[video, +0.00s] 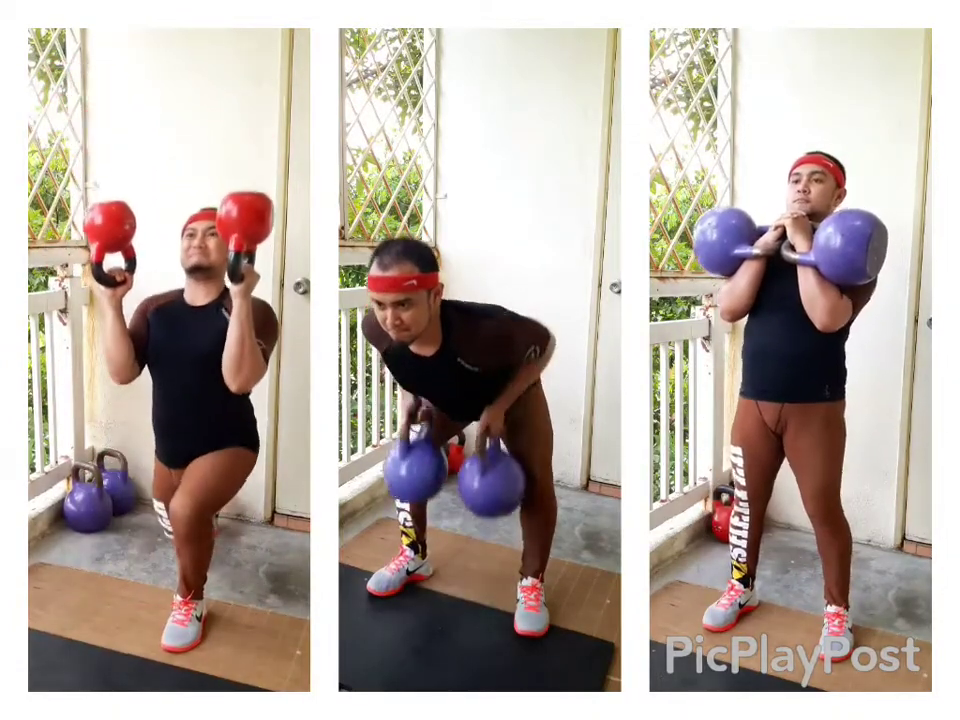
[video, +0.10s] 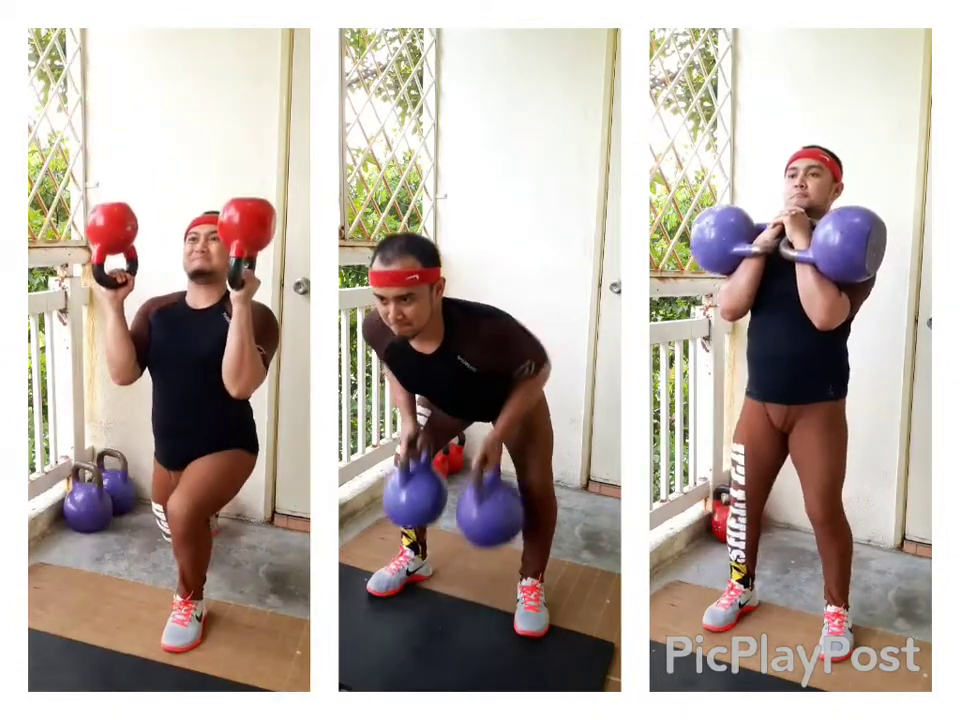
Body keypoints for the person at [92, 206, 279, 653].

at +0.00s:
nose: (199, 241)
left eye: (211, 235)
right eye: (191, 235)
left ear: (230, 250)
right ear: (179, 250)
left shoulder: (253, 311)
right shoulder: (155, 307)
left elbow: (239, 380)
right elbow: (122, 372)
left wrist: (241, 297)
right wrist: (111, 301)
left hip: (228, 441)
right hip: (170, 443)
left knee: (187, 512)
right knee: (175, 517)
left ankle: (188, 600)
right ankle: (196, 574)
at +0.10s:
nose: (201, 245)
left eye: (213, 239)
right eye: (193, 239)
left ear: (232, 255)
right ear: (182, 253)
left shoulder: (255, 316)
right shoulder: (156, 309)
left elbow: (240, 384)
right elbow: (123, 373)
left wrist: (241, 303)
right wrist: (113, 304)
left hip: (227, 445)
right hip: (170, 445)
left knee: (184, 513)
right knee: (175, 521)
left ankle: (188, 601)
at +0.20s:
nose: (203, 245)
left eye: (214, 239)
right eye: (195, 238)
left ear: (233, 254)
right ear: (183, 252)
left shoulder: (254, 316)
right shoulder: (157, 307)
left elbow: (240, 385)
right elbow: (123, 371)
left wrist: (243, 302)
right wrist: (112, 300)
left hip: (226, 444)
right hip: (169, 444)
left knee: (183, 512)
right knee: (175, 521)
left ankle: (188, 602)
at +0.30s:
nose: (202, 239)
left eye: (215, 233)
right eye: (195, 232)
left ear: (233, 248)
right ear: (183, 245)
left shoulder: (254, 311)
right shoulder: (157, 301)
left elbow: (242, 381)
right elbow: (123, 364)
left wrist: (245, 300)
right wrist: (115, 293)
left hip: (225, 439)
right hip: (168, 438)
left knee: (180, 513)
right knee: (176, 518)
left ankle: (190, 600)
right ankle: (201, 538)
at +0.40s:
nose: (201, 226)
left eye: (214, 220)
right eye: (193, 219)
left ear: (233, 235)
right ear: (182, 233)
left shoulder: (254, 301)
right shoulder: (156, 289)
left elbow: (242, 370)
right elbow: (121, 354)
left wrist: (246, 287)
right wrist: (117, 280)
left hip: (223, 430)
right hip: (167, 427)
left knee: (183, 512)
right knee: (171, 492)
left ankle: (190, 599)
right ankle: (206, 510)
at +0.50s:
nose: (200, 206)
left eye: (213, 199)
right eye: (192, 199)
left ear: (233, 215)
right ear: (181, 213)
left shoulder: (254, 283)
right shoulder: (154, 271)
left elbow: (243, 354)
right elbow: (119, 336)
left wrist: (247, 267)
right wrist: (112, 259)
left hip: (223, 416)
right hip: (166, 410)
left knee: (184, 510)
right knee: (171, 472)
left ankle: (189, 600)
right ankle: (207, 506)